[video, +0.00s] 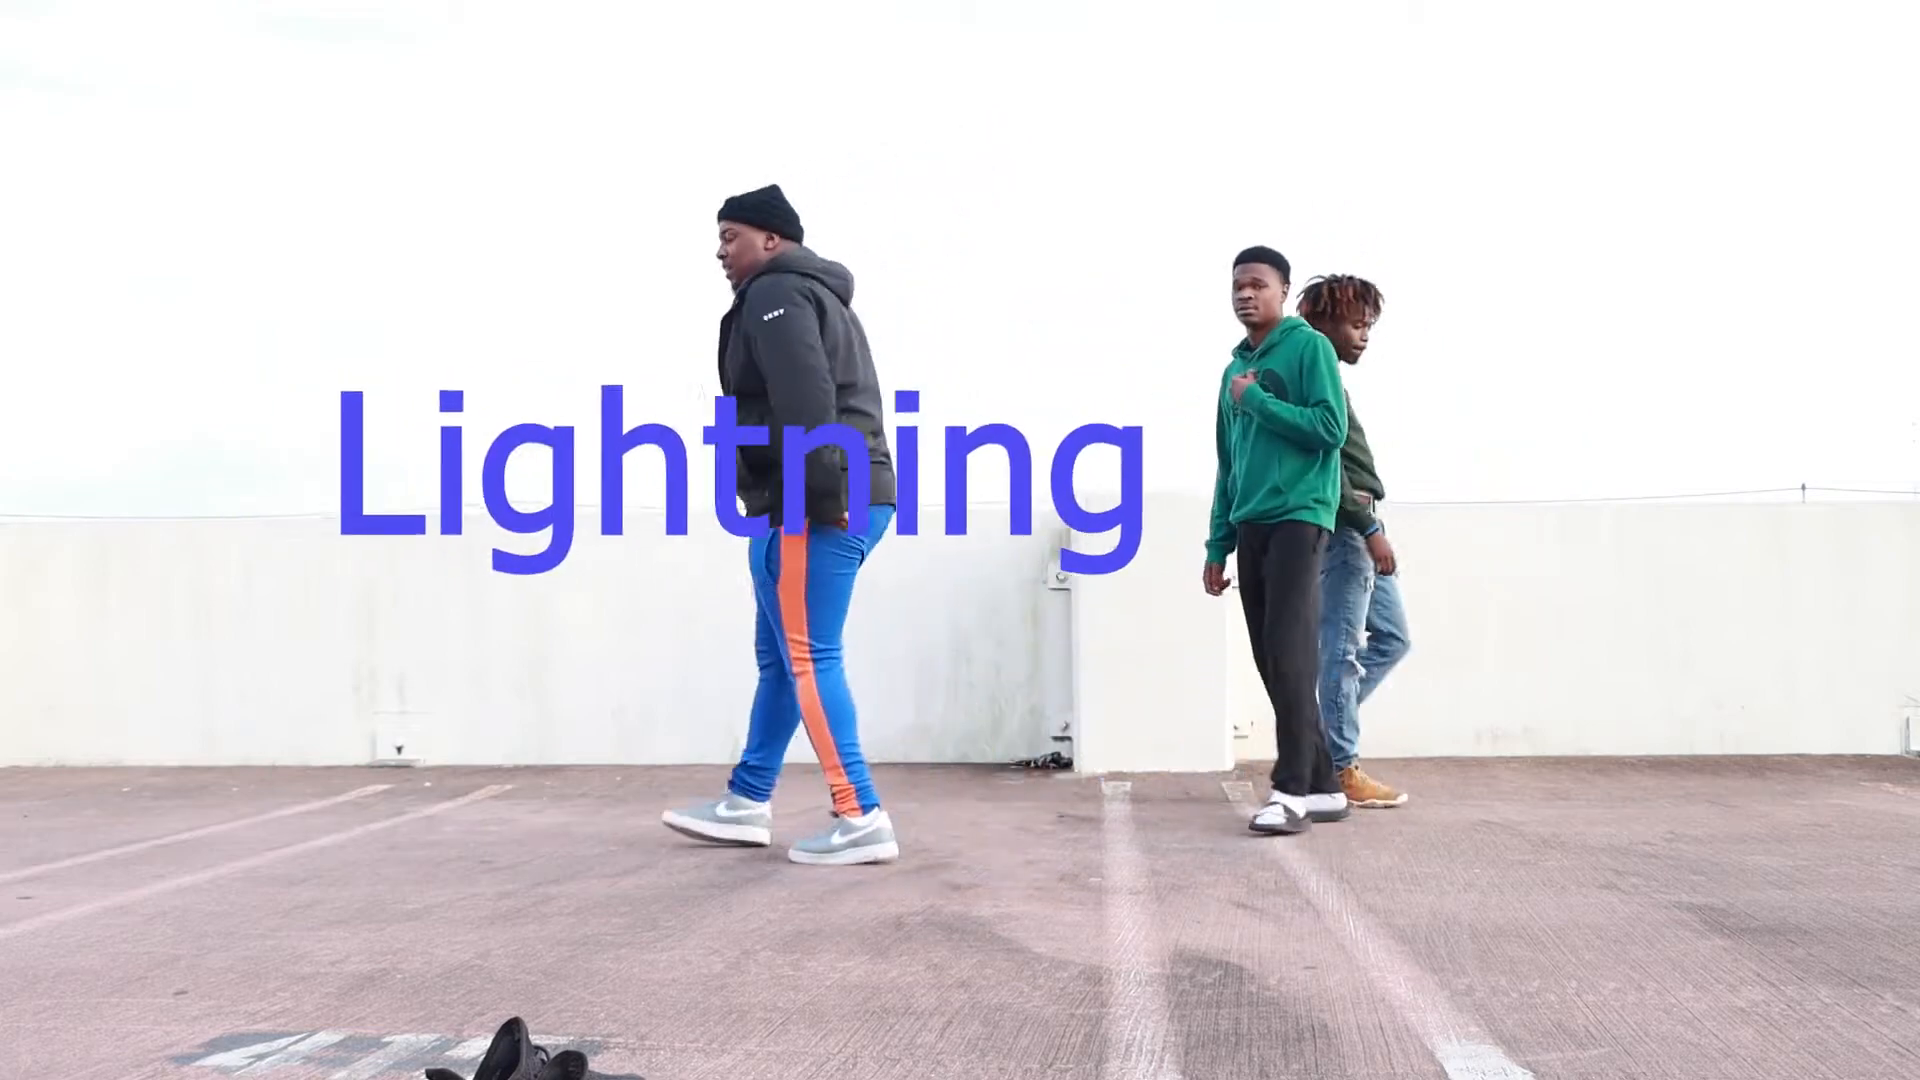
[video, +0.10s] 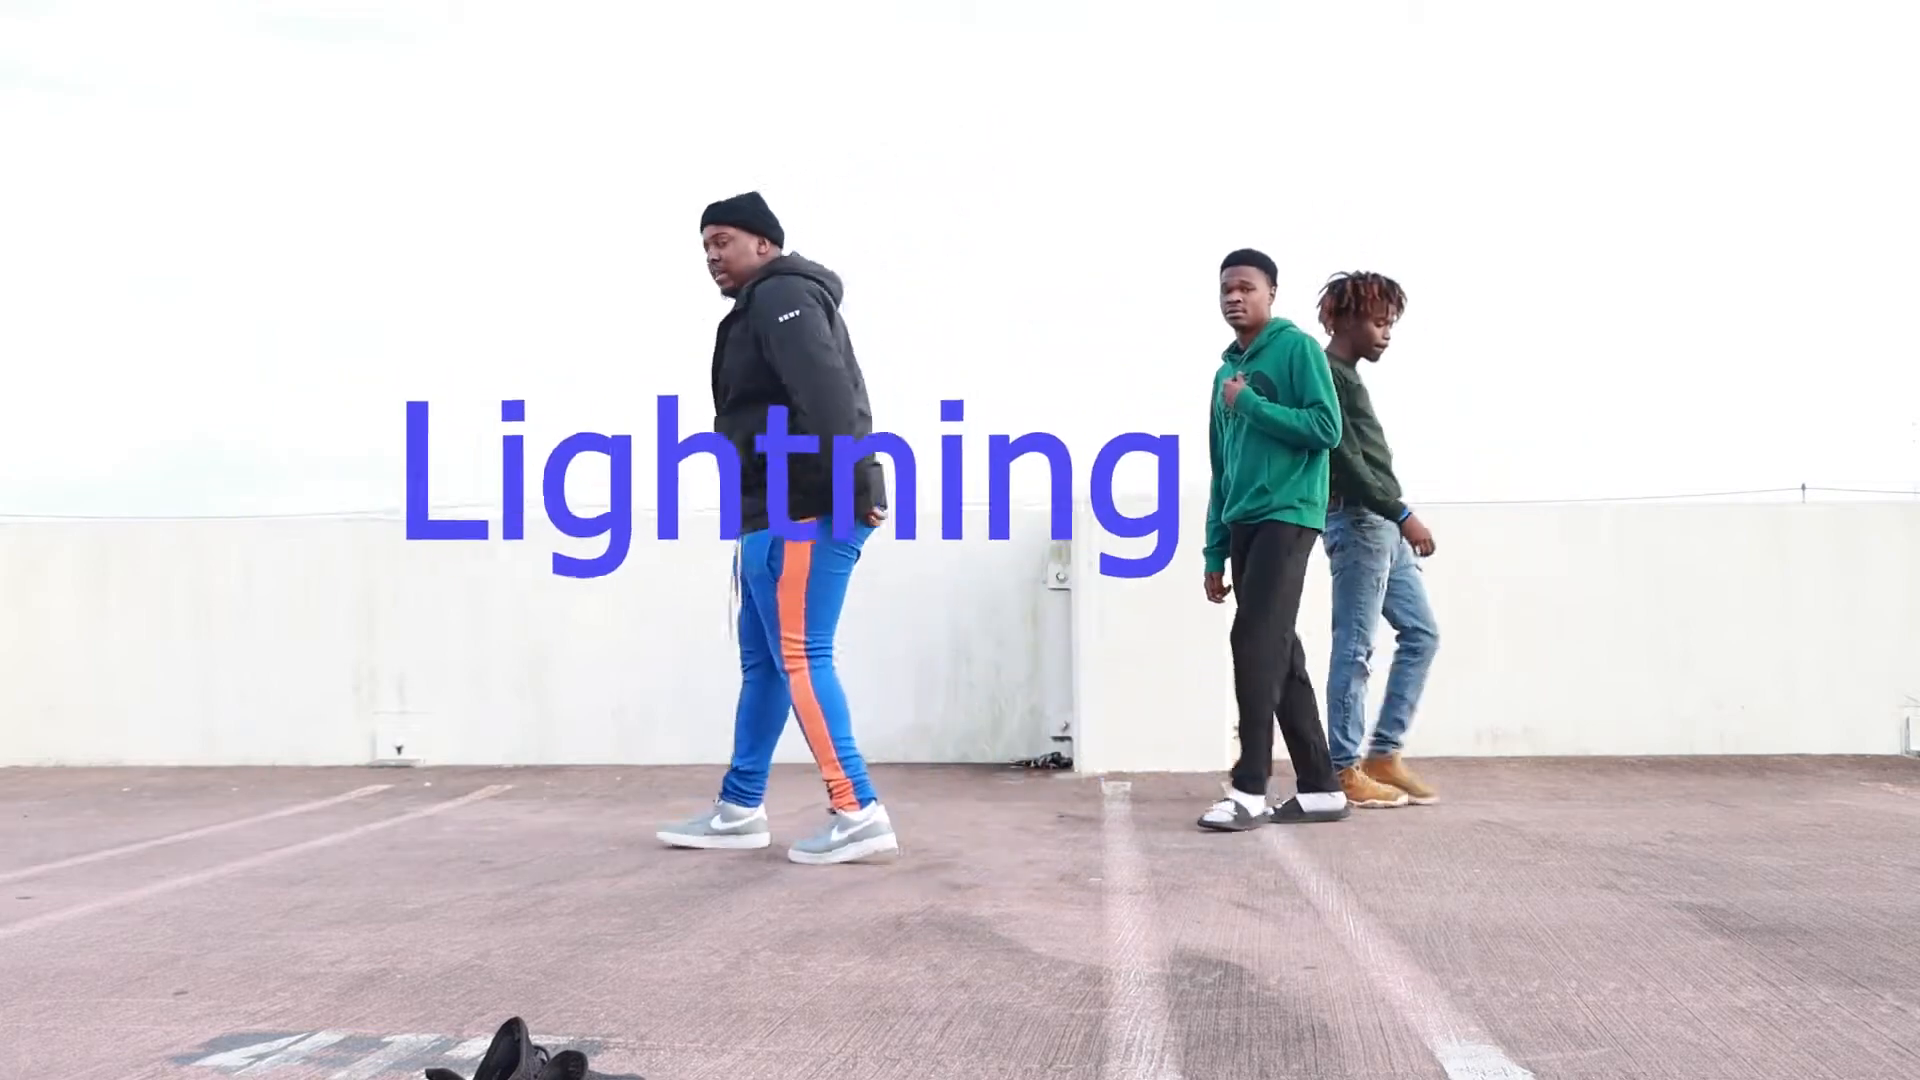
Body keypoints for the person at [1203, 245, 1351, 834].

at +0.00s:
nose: (1246, 295)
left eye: (1257, 285)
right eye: (1239, 287)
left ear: (1284, 290)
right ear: (1232, 297)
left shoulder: (1308, 346)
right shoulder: (1235, 368)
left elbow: (1329, 431)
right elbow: (1228, 466)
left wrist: (1255, 398)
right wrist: (1218, 547)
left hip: (1297, 518)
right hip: (1251, 523)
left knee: (1290, 653)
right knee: (1272, 657)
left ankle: (1291, 792)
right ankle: (1322, 785)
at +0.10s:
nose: (1236, 298)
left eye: (1247, 288)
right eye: (1228, 290)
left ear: (1273, 294)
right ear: (1221, 300)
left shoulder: (1296, 347)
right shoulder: (1226, 370)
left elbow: (1327, 428)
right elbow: (1222, 473)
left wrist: (1250, 403)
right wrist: (1215, 552)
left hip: (1288, 516)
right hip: (1244, 521)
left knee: (1254, 641)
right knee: (1279, 651)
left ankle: (1249, 791)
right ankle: (1321, 788)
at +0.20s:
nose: (1222, 300)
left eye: (1233, 291)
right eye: (1214, 293)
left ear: (1259, 296)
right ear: (1207, 304)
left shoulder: (1281, 348)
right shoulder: (1218, 369)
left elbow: (1315, 429)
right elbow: (1211, 467)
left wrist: (1236, 408)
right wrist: (1205, 556)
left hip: (1274, 519)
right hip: (1235, 523)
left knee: (1229, 644)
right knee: (1275, 656)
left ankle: (1205, 790)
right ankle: (1320, 789)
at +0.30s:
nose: (1207, 304)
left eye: (1218, 294)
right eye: (1199, 297)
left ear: (1243, 300)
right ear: (1193, 308)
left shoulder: (1261, 351)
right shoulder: (1212, 370)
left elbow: (1296, 433)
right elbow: (1204, 472)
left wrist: (1218, 413)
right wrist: (1191, 558)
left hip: (1258, 527)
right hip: (1228, 530)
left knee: (1210, 655)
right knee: (1268, 657)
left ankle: (1170, 787)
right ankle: (1321, 788)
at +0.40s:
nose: (1187, 309)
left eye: (1199, 299)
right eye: (1180, 300)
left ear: (1225, 304)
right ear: (1175, 309)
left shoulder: (1236, 355)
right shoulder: (1200, 369)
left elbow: (1267, 439)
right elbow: (1192, 474)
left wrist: (1188, 419)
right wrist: (1168, 550)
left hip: (1232, 533)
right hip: (1219, 533)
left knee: (1194, 658)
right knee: (1258, 658)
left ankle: (1159, 788)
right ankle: (1318, 784)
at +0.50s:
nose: (1165, 309)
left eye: (1177, 298)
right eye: (1158, 300)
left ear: (1203, 305)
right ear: (1153, 308)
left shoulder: (1208, 357)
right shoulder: (1187, 365)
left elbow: (1227, 446)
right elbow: (1178, 472)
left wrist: (1158, 429)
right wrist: (1149, 539)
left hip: (1204, 532)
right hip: (1197, 532)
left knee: (1179, 657)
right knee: (1237, 656)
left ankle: (1157, 788)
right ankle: (1311, 776)